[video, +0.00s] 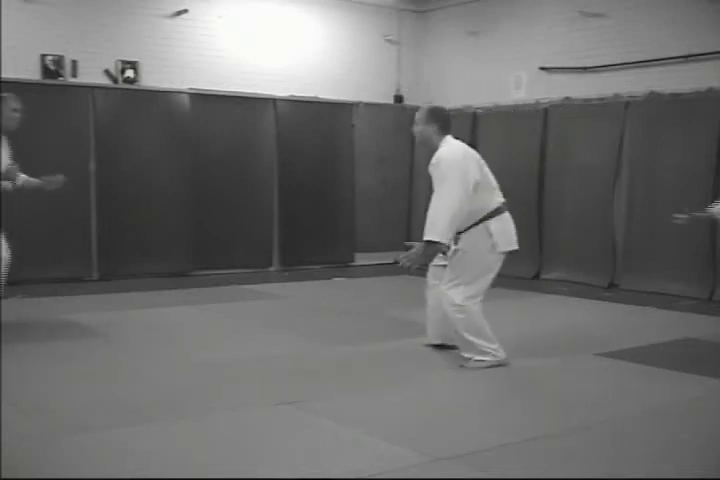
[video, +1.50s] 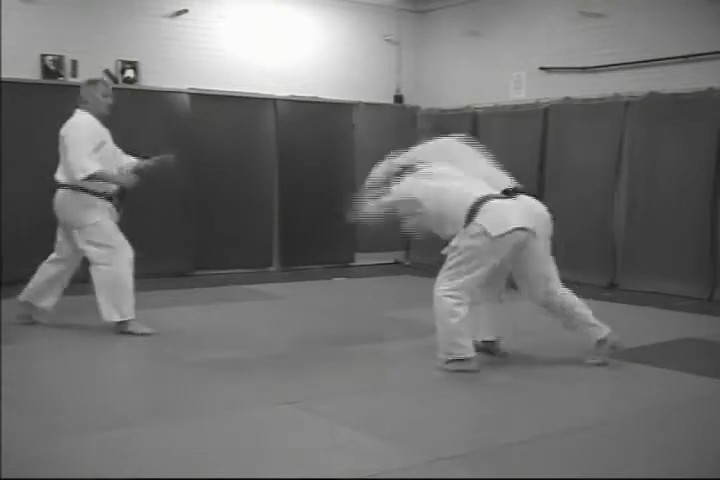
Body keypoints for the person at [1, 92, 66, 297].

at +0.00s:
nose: (18, 116)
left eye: (19, 111)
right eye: (13, 111)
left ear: (21, 113)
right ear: (1, 113)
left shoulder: (5, 143)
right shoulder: (3, 143)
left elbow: (14, 176)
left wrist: (43, 183)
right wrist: (6, 184)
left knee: (4, 256)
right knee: (4, 256)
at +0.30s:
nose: (57, 116)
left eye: (58, 111)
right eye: (51, 110)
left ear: (56, 114)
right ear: (34, 112)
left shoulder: (40, 144)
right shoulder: (14, 138)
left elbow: (54, 181)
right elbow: (4, 177)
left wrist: (87, 186)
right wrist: (30, 184)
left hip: (23, 208)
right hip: (9, 207)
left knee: (19, 266)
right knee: (41, 258)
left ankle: (4, 312)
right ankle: (70, 314)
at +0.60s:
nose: (102, 111)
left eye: (102, 107)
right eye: (96, 106)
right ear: (77, 107)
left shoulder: (81, 140)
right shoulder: (60, 136)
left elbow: (85, 183)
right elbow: (40, 177)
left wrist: (107, 200)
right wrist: (75, 199)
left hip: (49, 206)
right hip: (45, 205)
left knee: (64, 259)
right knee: (94, 251)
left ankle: (30, 309)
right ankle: (91, 318)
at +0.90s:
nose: (126, 113)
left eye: (126, 108)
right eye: (120, 108)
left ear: (106, 112)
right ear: (102, 111)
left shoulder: (108, 143)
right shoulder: (87, 141)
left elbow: (110, 189)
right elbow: (85, 191)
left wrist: (124, 208)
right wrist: (117, 212)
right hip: (74, 210)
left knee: (74, 267)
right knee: (117, 259)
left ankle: (35, 311)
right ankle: (133, 321)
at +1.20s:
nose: (128, 103)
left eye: (127, 98)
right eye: (122, 98)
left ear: (109, 104)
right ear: (104, 102)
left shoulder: (109, 134)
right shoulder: (93, 133)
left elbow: (119, 175)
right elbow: (93, 180)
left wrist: (142, 193)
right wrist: (122, 200)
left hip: (80, 203)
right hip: (86, 204)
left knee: (84, 263)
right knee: (122, 259)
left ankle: (55, 313)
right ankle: (124, 322)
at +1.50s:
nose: (110, 101)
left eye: (110, 96)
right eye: (105, 96)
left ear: (94, 99)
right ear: (89, 97)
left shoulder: (93, 126)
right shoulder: (80, 125)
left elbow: (116, 159)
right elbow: (82, 169)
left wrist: (146, 164)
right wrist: (117, 178)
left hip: (83, 199)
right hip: (82, 201)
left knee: (65, 257)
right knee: (118, 253)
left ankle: (30, 305)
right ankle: (124, 320)